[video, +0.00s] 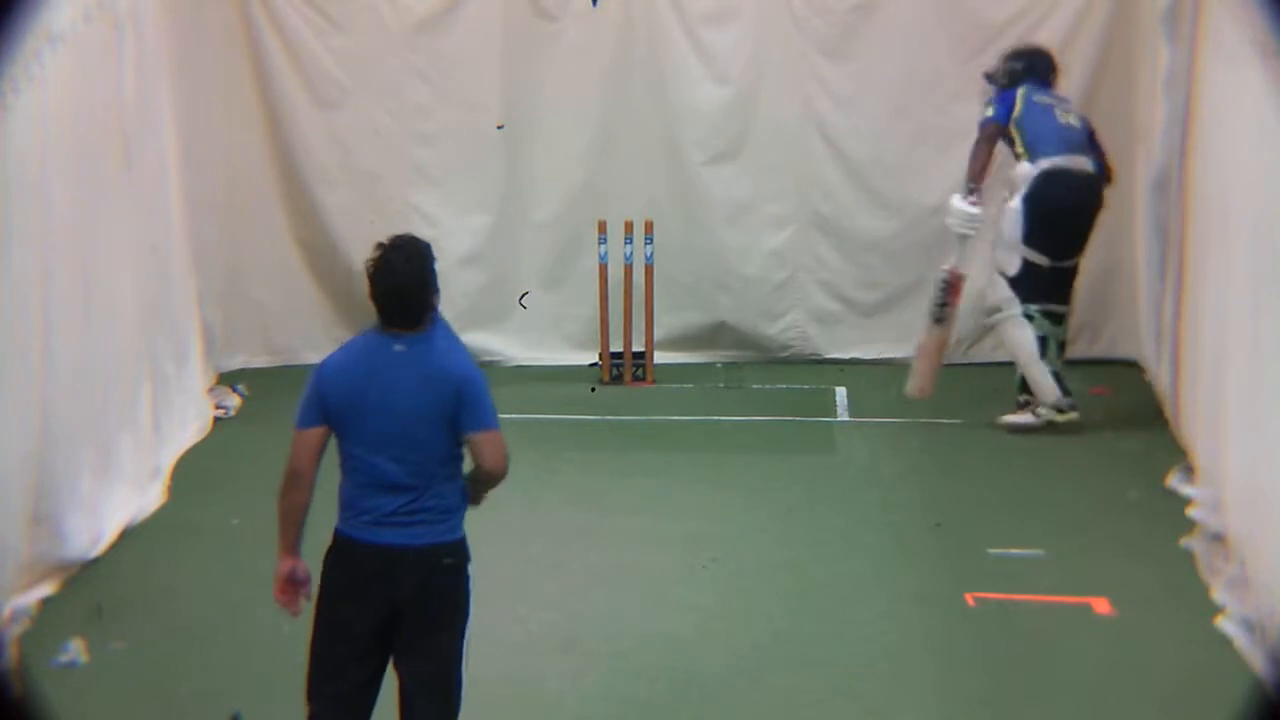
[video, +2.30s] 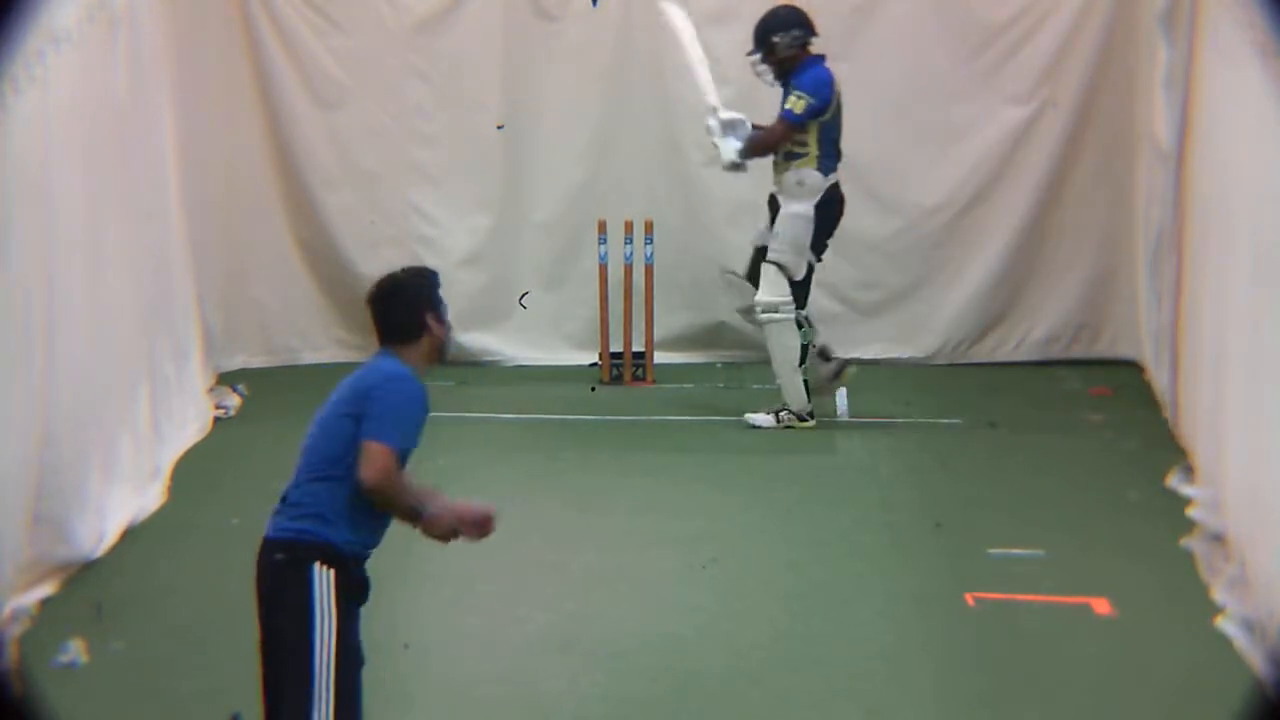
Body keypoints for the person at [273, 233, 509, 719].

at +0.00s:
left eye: (373, 280)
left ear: (372, 295)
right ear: (434, 294)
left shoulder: (337, 369)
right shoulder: (456, 368)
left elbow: (300, 470)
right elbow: (493, 464)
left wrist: (290, 552)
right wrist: (473, 488)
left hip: (357, 566)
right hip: (436, 567)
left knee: (335, 705)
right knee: (431, 707)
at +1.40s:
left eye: (356, 292)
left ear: (357, 306)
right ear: (415, 305)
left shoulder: (316, 380)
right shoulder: (444, 375)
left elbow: (284, 476)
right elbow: (482, 467)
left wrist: (341, 502)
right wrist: (444, 512)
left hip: (325, 570)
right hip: (405, 572)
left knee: (317, 707)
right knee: (417, 708)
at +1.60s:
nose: (404, 311)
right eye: (403, 305)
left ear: (343, 321)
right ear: (403, 318)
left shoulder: (304, 386)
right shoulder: (426, 378)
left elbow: (280, 476)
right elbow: (471, 463)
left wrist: (339, 446)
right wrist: (421, 440)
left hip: (293, 559)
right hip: (365, 558)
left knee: (298, 694)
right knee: (377, 696)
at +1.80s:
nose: (410, 334)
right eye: (409, 326)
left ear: (345, 337)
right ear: (406, 336)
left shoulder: (303, 393)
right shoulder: (425, 392)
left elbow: (296, 465)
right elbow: (440, 490)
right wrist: (420, 498)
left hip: (274, 549)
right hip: (343, 551)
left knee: (281, 689)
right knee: (350, 694)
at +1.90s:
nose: (416, 333)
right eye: (415, 324)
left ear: (350, 338)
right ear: (409, 334)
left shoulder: (308, 393)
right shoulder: (427, 394)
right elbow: (430, 499)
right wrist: (392, 540)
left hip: (273, 547)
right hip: (341, 551)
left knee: (280, 693)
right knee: (330, 699)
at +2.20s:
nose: (441, 328)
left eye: (437, 317)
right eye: (438, 318)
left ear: (377, 330)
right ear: (430, 326)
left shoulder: (356, 379)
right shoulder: (415, 382)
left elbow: (345, 470)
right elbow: (406, 475)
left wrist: (397, 530)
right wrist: (416, 530)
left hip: (280, 547)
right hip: (321, 554)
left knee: (290, 700)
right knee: (319, 704)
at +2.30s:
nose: (448, 322)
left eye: (444, 311)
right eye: (444, 312)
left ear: (387, 324)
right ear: (431, 321)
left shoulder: (382, 377)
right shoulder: (395, 383)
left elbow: (386, 479)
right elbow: (376, 474)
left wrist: (447, 510)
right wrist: (423, 515)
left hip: (311, 560)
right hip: (312, 562)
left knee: (327, 704)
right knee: (320, 708)